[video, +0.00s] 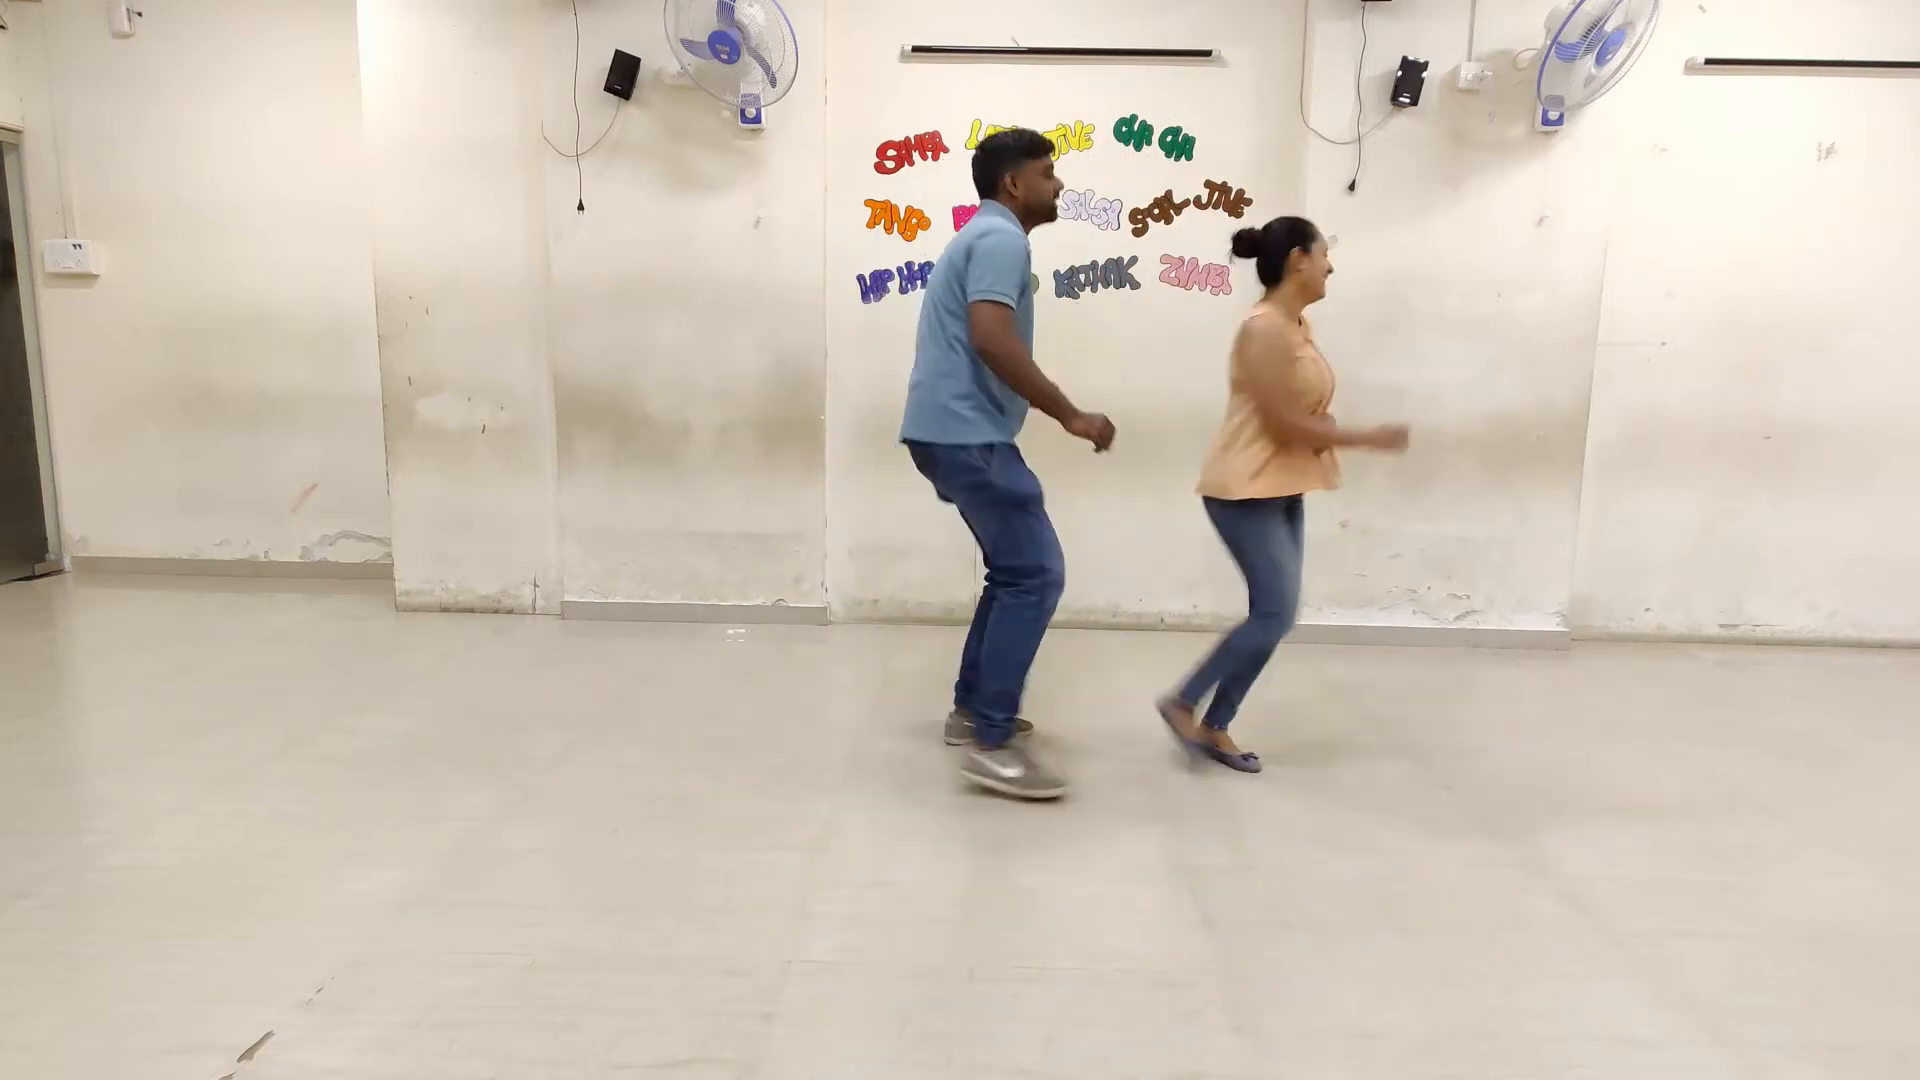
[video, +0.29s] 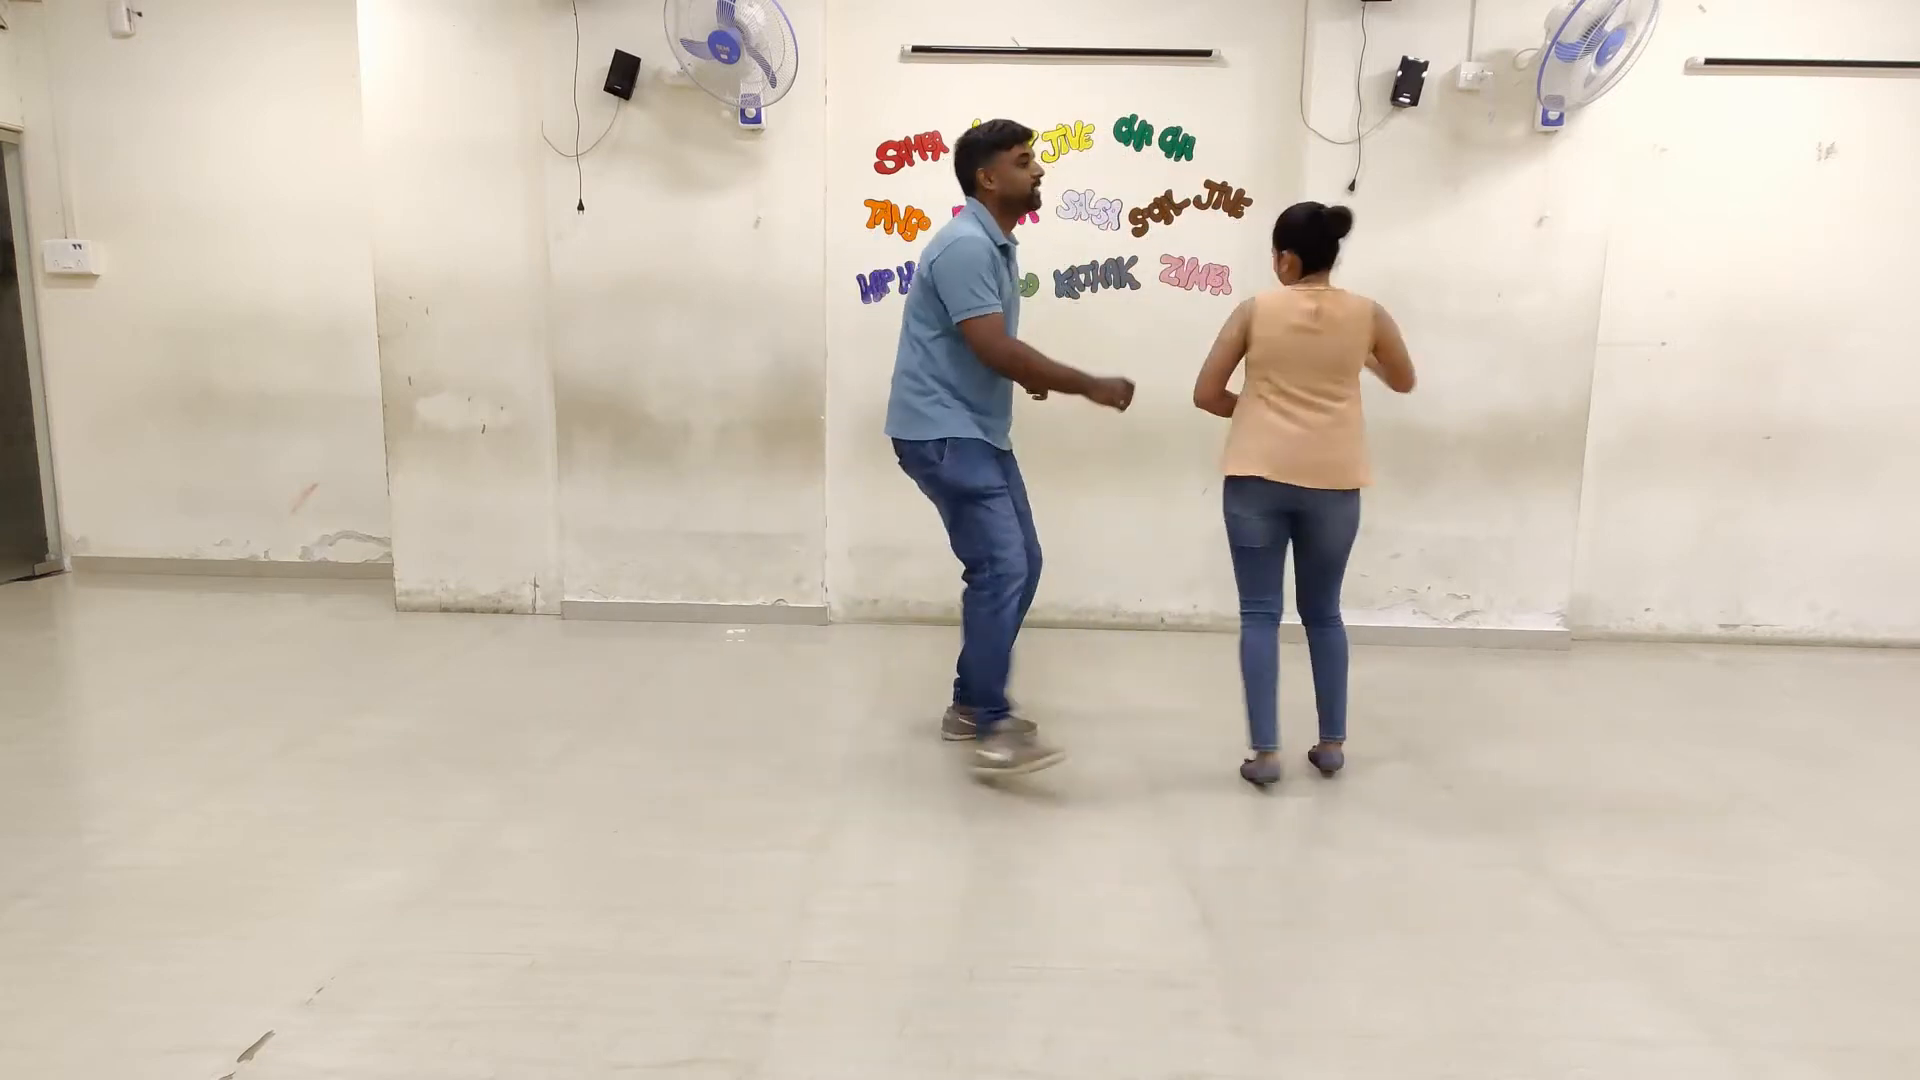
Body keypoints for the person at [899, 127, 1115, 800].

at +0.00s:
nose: (1059, 184)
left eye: (1055, 172)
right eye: (1046, 173)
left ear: (1006, 184)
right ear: (1008, 183)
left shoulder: (982, 235)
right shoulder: (999, 237)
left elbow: (976, 343)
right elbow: (991, 338)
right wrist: (1071, 415)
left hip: (953, 430)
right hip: (966, 433)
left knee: (1013, 571)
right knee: (1036, 573)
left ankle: (975, 707)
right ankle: (990, 740)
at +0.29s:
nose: (1038, 169)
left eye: (1035, 160)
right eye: (1025, 161)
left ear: (1003, 176)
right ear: (986, 174)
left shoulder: (995, 244)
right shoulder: (966, 244)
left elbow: (985, 340)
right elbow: (994, 347)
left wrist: (1025, 372)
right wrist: (1088, 385)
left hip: (977, 431)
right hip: (942, 430)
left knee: (1023, 564)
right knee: (1000, 565)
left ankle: (974, 705)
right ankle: (984, 724)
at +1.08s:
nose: (934, 170)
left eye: (933, 161)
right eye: (919, 163)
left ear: (922, 173)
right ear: (884, 179)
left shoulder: (922, 234)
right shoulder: (878, 239)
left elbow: (972, 222)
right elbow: (939, 327)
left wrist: (982, 233)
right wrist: (1041, 335)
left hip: (910, 430)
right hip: (851, 437)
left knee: (979, 537)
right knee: (865, 579)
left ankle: (957, 676)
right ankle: (814, 693)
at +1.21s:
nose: (955, 184)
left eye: (954, 173)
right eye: (940, 177)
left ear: (956, 184)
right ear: (903, 195)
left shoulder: (960, 253)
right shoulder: (892, 258)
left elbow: (1017, 243)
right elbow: (913, 342)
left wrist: (1021, 243)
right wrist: (1011, 354)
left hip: (946, 450)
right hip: (880, 458)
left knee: (1015, 551)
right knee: (888, 593)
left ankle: (1023, 685)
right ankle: (817, 693)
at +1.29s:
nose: (971, 192)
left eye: (972, 183)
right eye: (955, 185)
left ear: (976, 193)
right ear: (921, 203)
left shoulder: (984, 262)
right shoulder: (910, 259)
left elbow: (1061, 256)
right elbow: (906, 320)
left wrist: (1043, 246)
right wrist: (1003, 346)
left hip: (967, 457)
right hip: (901, 463)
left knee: (1035, 556)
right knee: (899, 597)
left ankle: (1037, 689)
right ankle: (819, 693)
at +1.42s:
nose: (998, 178)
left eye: (1003, 169)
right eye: (982, 173)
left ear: (1015, 180)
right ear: (958, 190)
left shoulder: (1032, 245)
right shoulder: (946, 243)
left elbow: (1120, 242)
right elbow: (937, 262)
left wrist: (1083, 227)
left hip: (1019, 449)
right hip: (944, 453)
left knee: (1067, 562)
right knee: (922, 577)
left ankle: (1045, 691)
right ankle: (845, 683)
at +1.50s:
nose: (1016, 166)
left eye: (1024, 157)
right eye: (1001, 160)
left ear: (1037, 172)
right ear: (981, 177)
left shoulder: (1067, 240)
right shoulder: (964, 241)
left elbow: (1158, 213)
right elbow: (957, 224)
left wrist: (1099, 196)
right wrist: (1041, 177)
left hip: (1045, 439)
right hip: (964, 441)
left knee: (1074, 571)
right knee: (944, 570)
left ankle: (1063, 686)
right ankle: (908, 676)